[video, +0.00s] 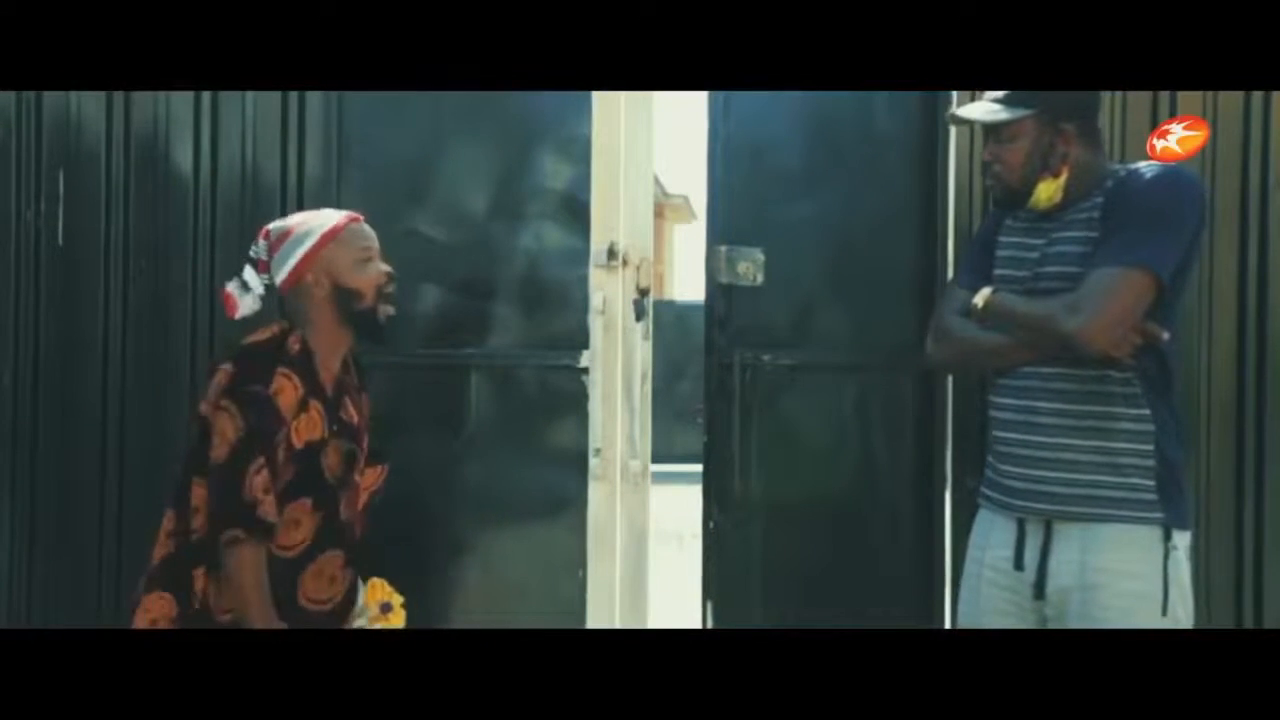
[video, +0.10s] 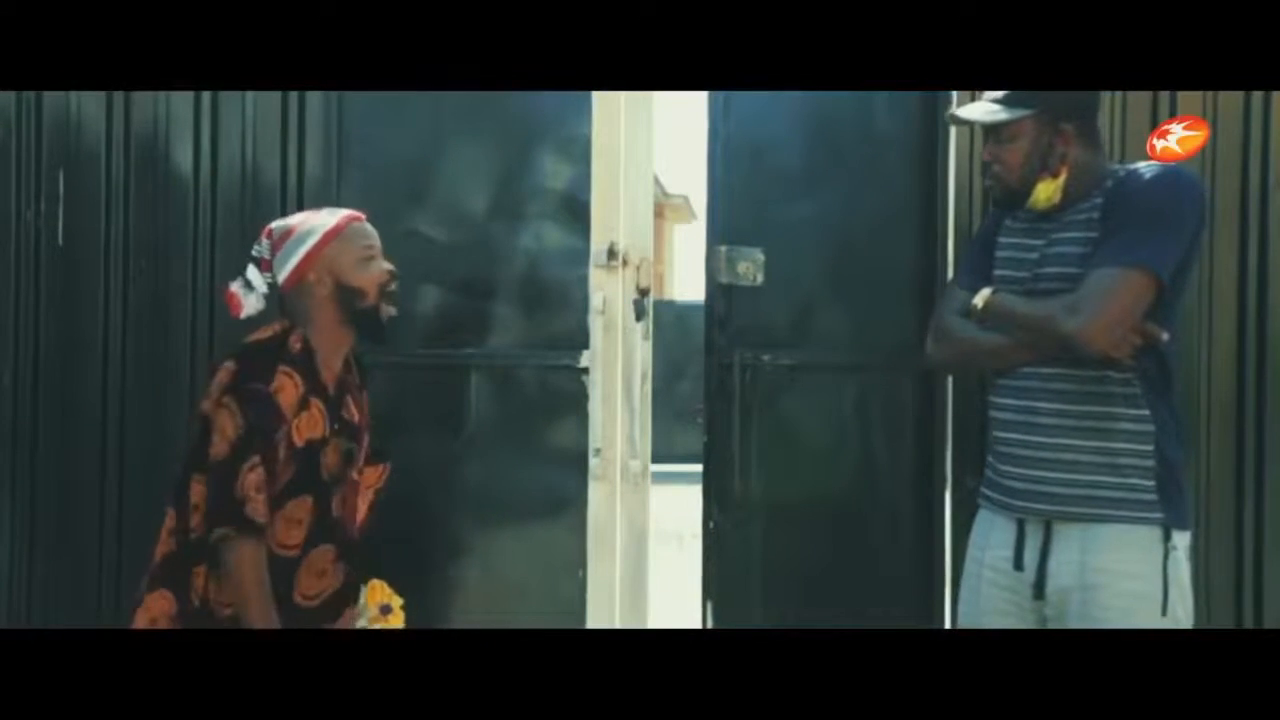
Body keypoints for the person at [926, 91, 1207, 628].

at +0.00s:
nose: (987, 156)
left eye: (1004, 139)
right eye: (986, 139)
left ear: (1063, 140)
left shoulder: (1160, 189)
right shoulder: (1005, 215)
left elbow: (1093, 328)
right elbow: (941, 343)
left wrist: (983, 300)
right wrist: (1071, 331)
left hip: (1121, 528)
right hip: (1003, 516)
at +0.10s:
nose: (986, 156)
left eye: (1003, 139)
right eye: (985, 139)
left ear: (1063, 139)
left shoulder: (1160, 189)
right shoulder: (1004, 216)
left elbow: (1094, 329)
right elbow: (941, 344)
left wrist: (983, 300)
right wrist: (1069, 329)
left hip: (1121, 528)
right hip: (1003, 516)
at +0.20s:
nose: (985, 157)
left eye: (1003, 139)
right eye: (985, 140)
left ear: (1061, 139)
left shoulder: (1159, 189)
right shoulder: (1003, 216)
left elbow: (1094, 329)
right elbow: (941, 343)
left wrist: (983, 300)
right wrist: (1068, 328)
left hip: (1121, 527)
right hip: (1003, 516)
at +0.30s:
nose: (985, 157)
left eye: (1003, 138)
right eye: (984, 139)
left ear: (1061, 139)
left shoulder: (1159, 189)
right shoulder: (1002, 216)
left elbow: (1094, 329)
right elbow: (941, 343)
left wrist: (985, 301)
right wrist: (1069, 328)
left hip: (1121, 528)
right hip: (1003, 517)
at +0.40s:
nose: (984, 159)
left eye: (1001, 139)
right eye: (983, 140)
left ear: (1060, 140)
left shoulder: (1159, 189)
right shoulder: (1001, 217)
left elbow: (1095, 329)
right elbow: (942, 344)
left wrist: (985, 301)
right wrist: (1070, 327)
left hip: (1121, 528)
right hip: (1003, 517)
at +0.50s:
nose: (982, 161)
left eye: (998, 142)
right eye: (980, 143)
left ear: (1058, 142)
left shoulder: (1158, 189)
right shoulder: (1001, 217)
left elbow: (1094, 329)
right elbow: (942, 345)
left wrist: (985, 302)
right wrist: (1070, 327)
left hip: (1121, 528)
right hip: (1002, 518)